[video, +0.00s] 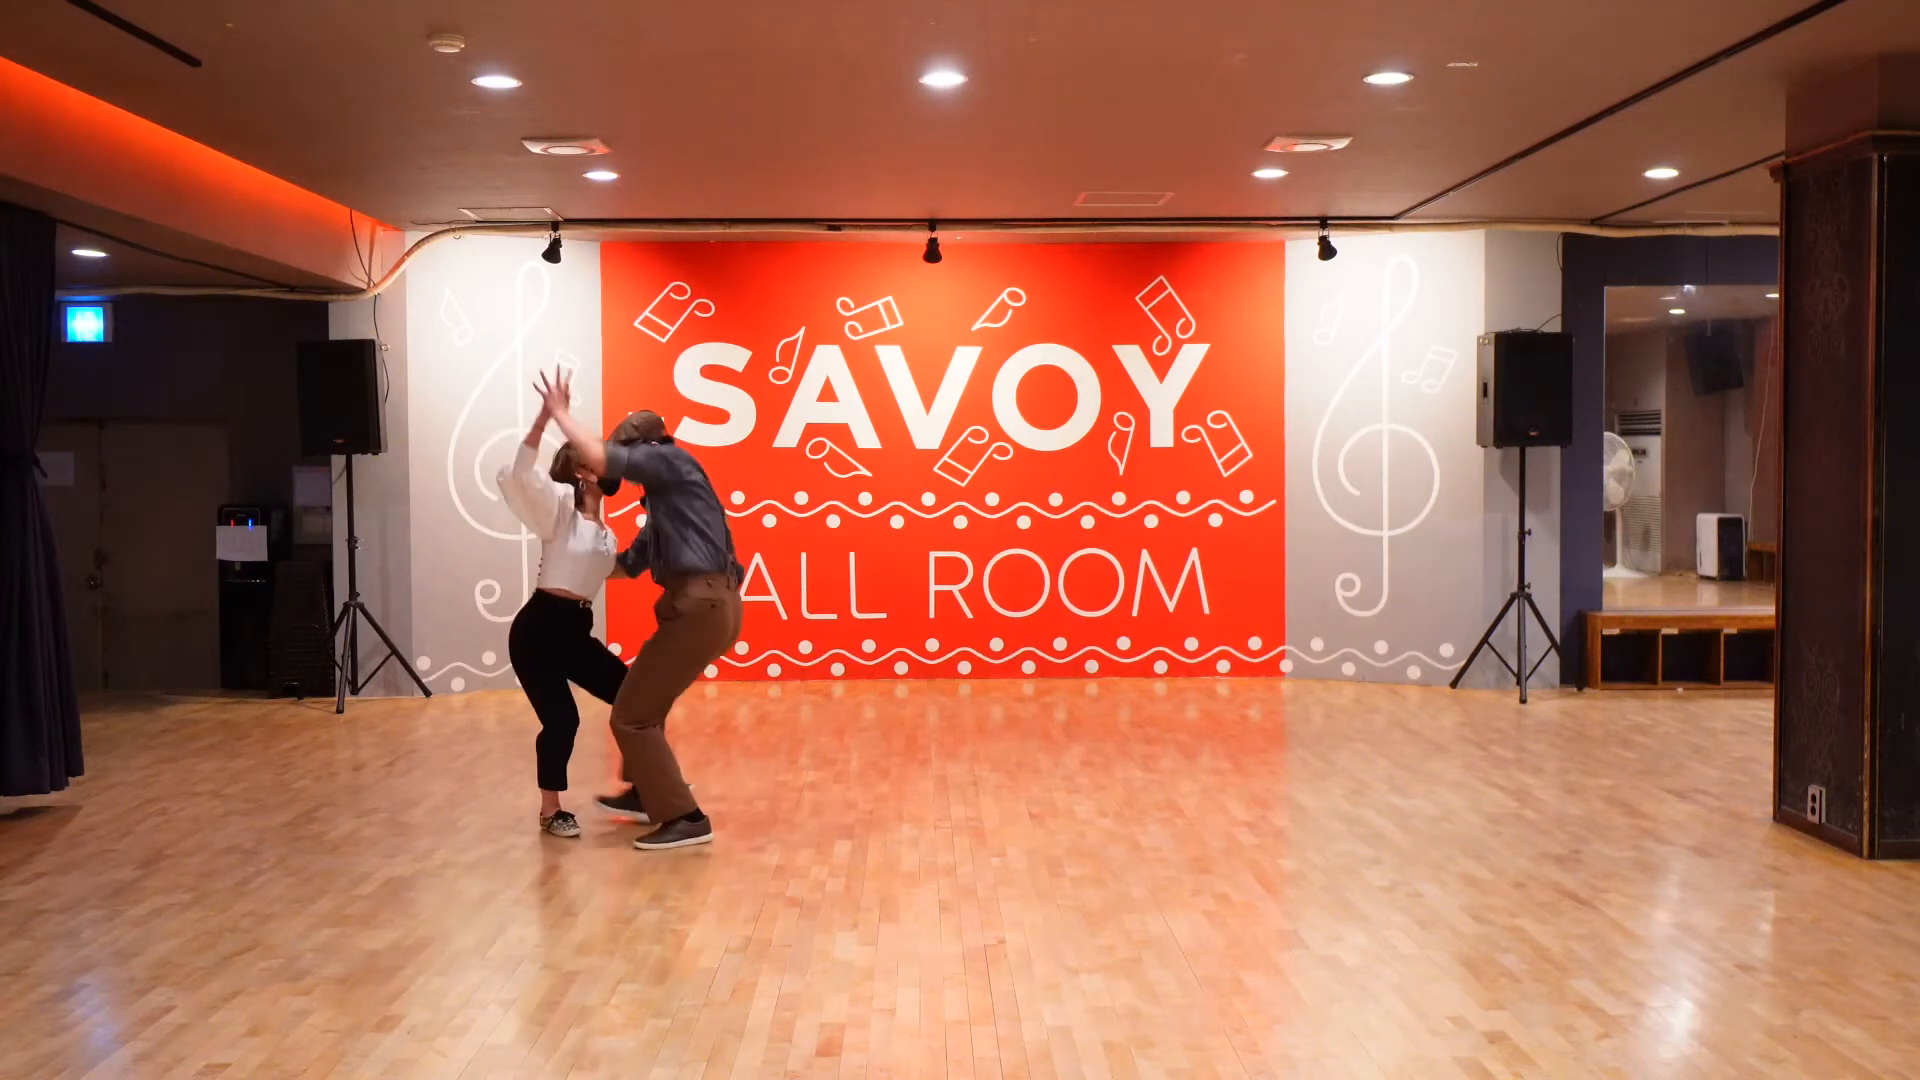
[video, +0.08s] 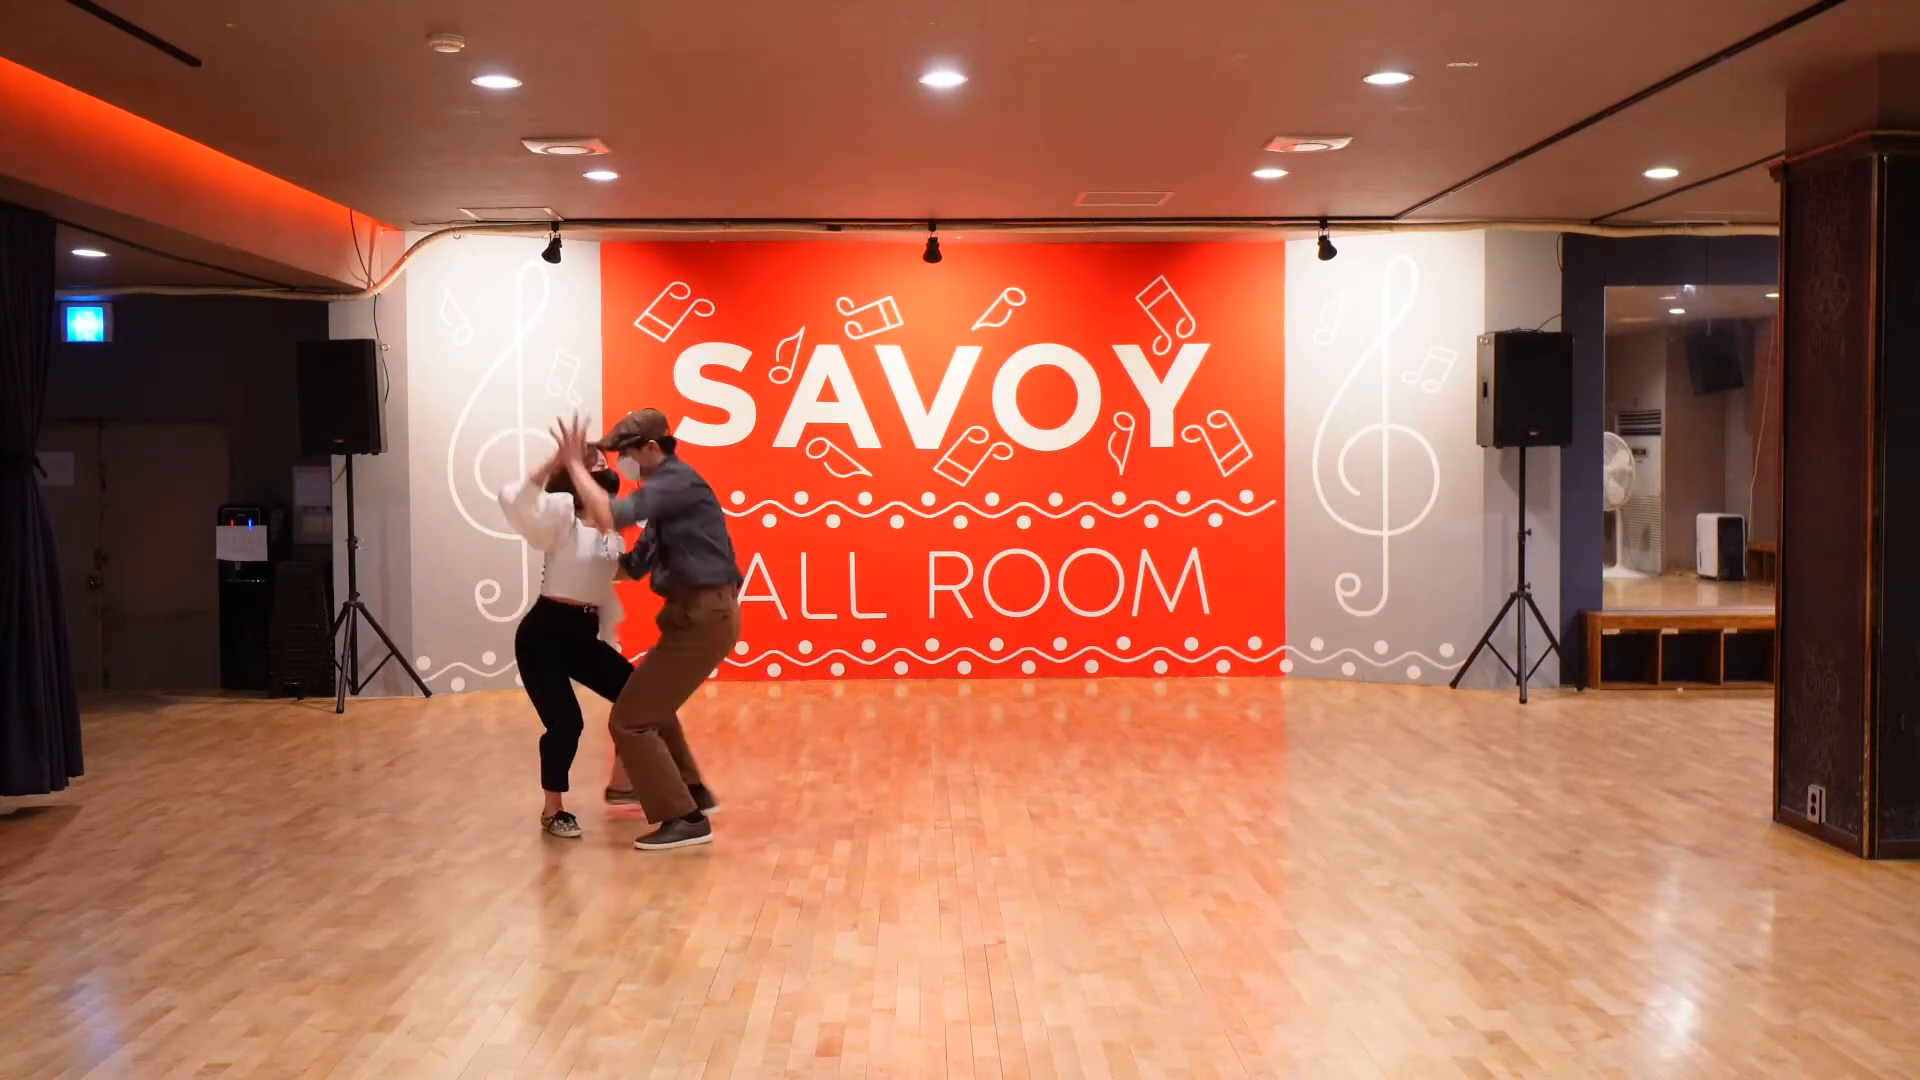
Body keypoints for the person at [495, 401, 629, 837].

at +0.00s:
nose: (599, 469)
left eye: (598, 464)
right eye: (590, 465)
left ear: (598, 478)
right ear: (577, 476)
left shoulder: (605, 535)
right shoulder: (559, 507)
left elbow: (626, 569)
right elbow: (520, 478)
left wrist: (655, 537)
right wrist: (542, 419)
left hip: (575, 632)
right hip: (537, 627)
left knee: (635, 693)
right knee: (561, 719)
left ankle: (637, 783)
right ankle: (550, 810)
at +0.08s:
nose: (600, 473)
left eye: (602, 468)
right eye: (591, 468)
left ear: (608, 483)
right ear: (571, 482)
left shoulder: (610, 533)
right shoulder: (559, 515)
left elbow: (607, 600)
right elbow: (517, 506)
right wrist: (554, 466)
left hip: (581, 635)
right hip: (543, 632)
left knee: (639, 692)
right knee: (565, 722)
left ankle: (622, 780)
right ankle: (552, 810)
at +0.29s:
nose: (611, 474)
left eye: (609, 467)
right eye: (602, 469)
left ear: (593, 478)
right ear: (581, 480)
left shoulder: (618, 513)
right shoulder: (554, 540)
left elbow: (652, 508)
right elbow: (550, 606)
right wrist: (581, 593)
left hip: (600, 627)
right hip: (560, 636)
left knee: (640, 695)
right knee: (579, 704)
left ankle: (616, 790)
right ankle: (562, 799)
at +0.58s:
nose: (607, 484)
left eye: (607, 477)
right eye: (600, 477)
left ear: (607, 480)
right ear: (581, 481)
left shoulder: (607, 503)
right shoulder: (561, 545)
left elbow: (624, 463)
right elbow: (584, 606)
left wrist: (628, 411)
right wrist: (621, 639)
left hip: (618, 605)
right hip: (579, 621)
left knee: (634, 698)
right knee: (586, 707)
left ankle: (615, 794)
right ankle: (581, 801)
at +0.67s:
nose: (605, 501)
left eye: (607, 495)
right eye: (599, 496)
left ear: (606, 489)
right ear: (580, 492)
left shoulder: (607, 506)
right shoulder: (558, 547)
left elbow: (632, 464)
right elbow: (576, 609)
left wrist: (636, 417)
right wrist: (609, 647)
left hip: (614, 607)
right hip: (575, 622)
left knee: (638, 695)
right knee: (584, 701)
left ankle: (623, 790)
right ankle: (577, 799)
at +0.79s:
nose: (609, 479)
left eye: (609, 472)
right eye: (602, 473)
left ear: (590, 483)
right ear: (583, 483)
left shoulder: (610, 506)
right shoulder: (552, 539)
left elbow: (646, 492)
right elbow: (552, 598)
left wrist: (665, 445)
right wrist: (573, 640)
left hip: (607, 617)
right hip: (566, 631)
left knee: (644, 699)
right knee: (585, 713)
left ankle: (616, 791)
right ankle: (560, 812)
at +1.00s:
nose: (604, 471)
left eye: (604, 464)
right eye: (596, 465)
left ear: (588, 475)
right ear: (576, 471)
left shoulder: (602, 520)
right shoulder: (549, 510)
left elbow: (615, 583)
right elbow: (524, 546)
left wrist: (625, 544)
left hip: (582, 629)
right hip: (544, 630)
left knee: (637, 685)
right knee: (571, 720)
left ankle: (634, 780)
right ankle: (558, 813)